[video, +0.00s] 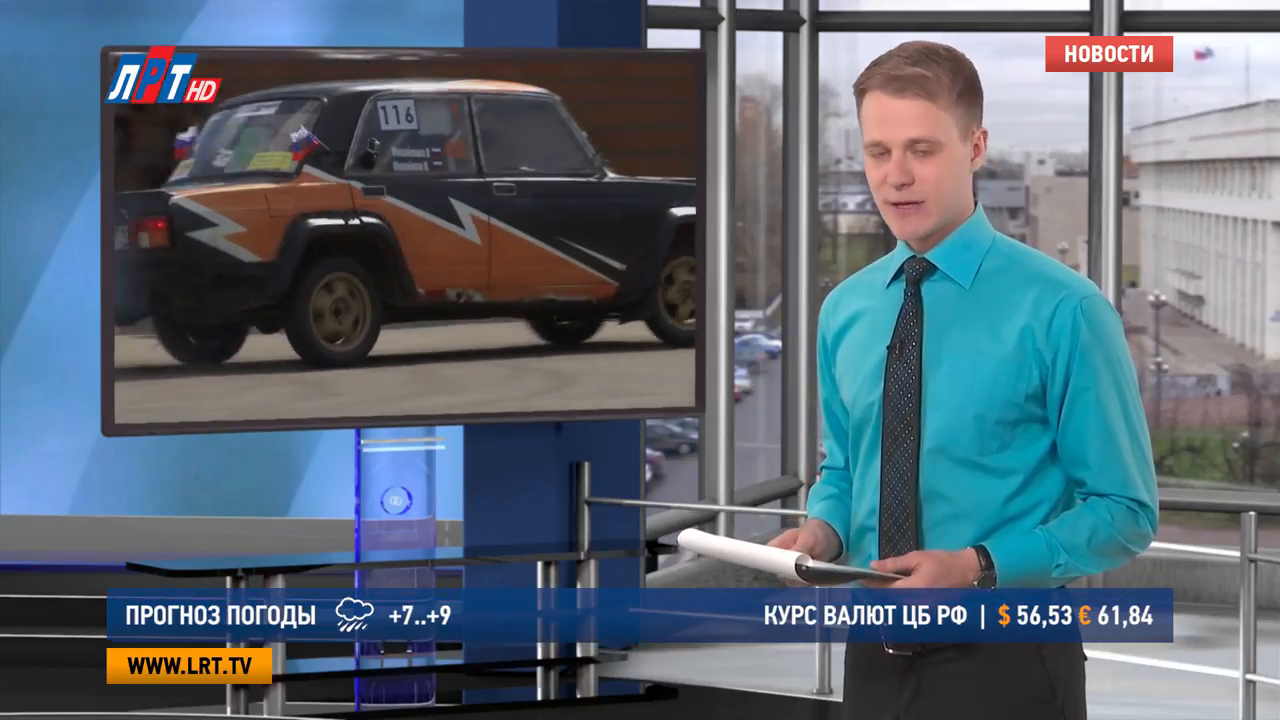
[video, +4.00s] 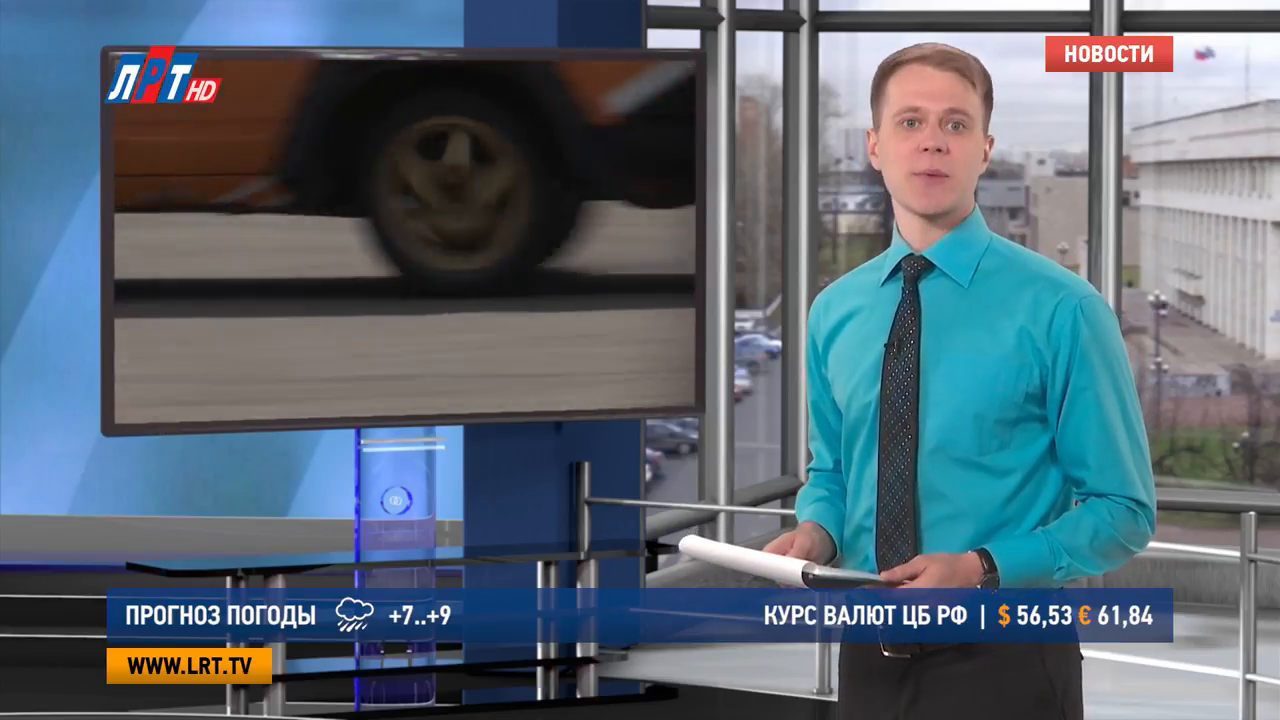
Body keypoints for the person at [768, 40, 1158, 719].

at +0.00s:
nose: (897, 176)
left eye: (922, 149)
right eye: (879, 152)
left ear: (975, 148)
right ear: (862, 158)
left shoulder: (1064, 309)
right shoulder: (845, 309)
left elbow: (1126, 509)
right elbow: (841, 470)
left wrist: (979, 566)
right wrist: (818, 531)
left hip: (1005, 662)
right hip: (875, 659)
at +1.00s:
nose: (917, 167)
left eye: (942, 142)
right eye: (898, 142)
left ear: (985, 150)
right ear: (874, 151)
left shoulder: (1067, 309)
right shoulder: (846, 311)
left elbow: (1127, 509)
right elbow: (842, 473)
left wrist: (986, 568)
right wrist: (821, 534)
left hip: (1009, 659)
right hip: (876, 656)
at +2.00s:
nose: (901, 168)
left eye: (928, 142)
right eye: (886, 145)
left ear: (985, 146)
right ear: (871, 151)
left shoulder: (1073, 310)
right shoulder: (850, 310)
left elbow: (1131, 511)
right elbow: (843, 470)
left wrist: (990, 566)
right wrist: (823, 531)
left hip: (1010, 660)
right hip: (877, 656)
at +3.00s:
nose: (925, 165)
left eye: (949, 141)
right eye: (904, 141)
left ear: (987, 149)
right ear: (875, 150)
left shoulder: (1067, 305)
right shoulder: (843, 309)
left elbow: (1127, 505)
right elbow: (838, 471)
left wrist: (984, 563)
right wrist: (815, 531)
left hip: (1012, 659)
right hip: (878, 656)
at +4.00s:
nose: (932, 142)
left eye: (955, 125)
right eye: (910, 122)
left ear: (986, 149)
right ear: (874, 147)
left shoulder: (1061, 308)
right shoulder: (833, 311)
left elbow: (1124, 508)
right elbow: (830, 472)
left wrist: (983, 567)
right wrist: (813, 534)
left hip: (1005, 662)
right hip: (870, 660)